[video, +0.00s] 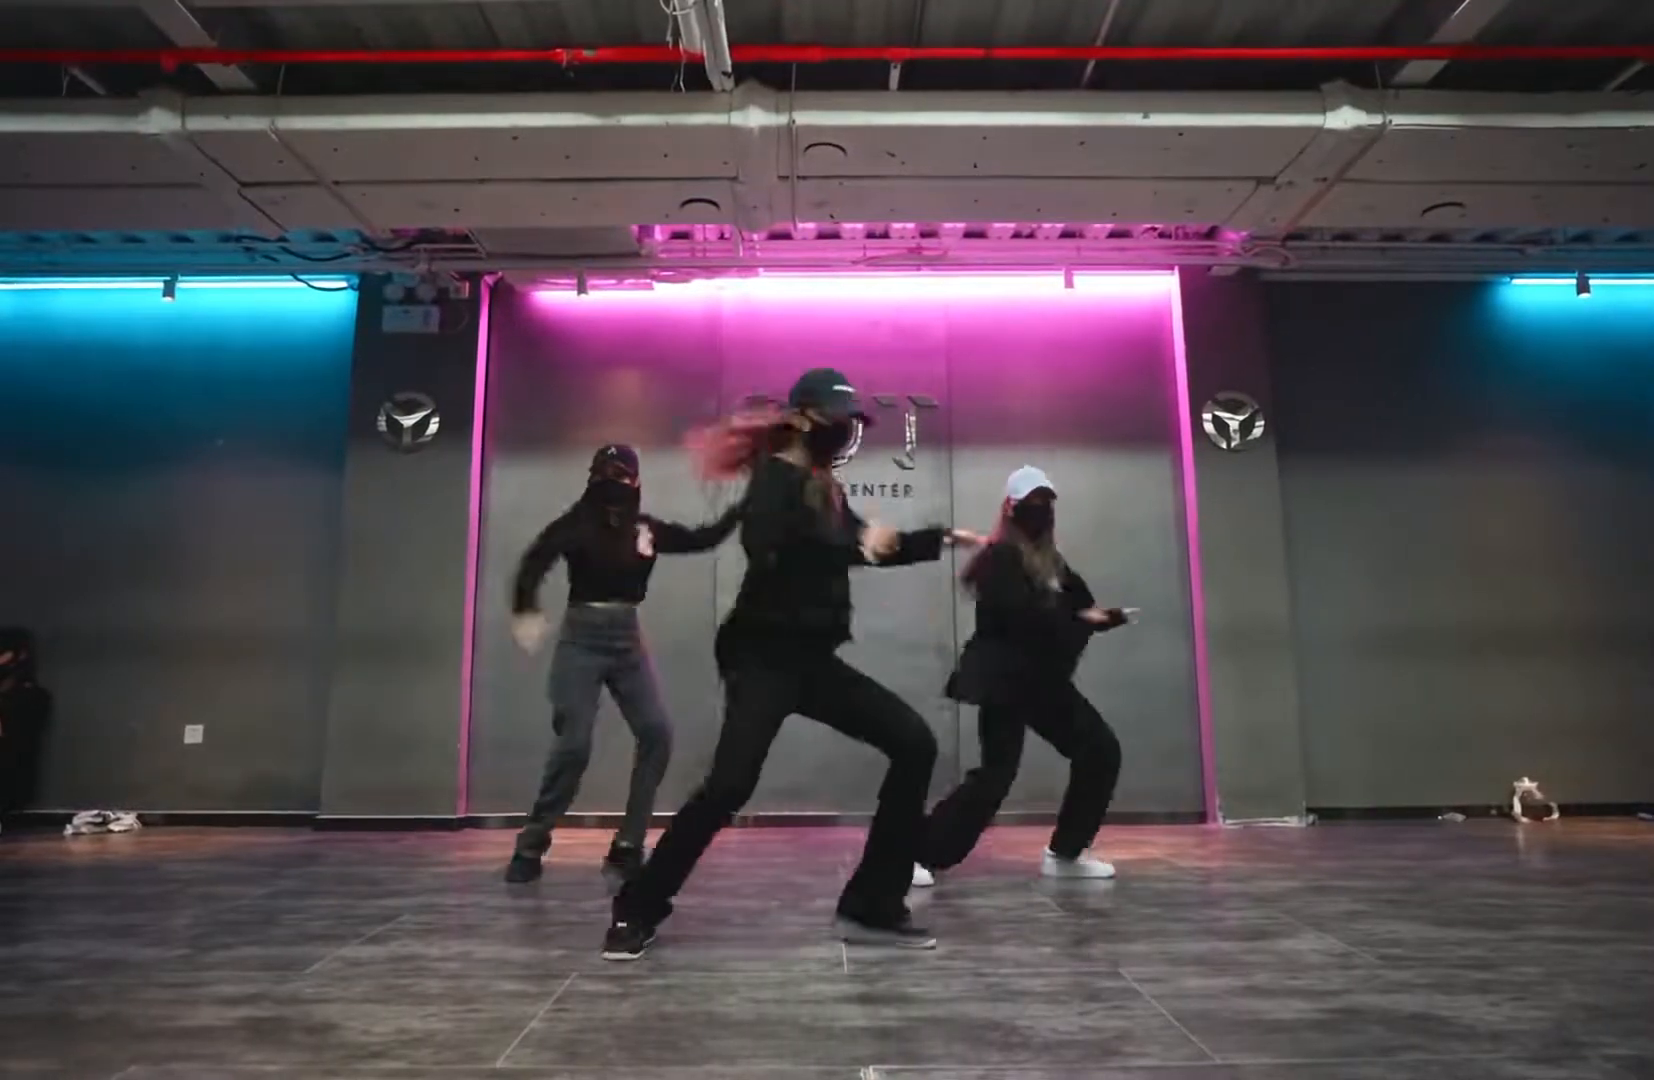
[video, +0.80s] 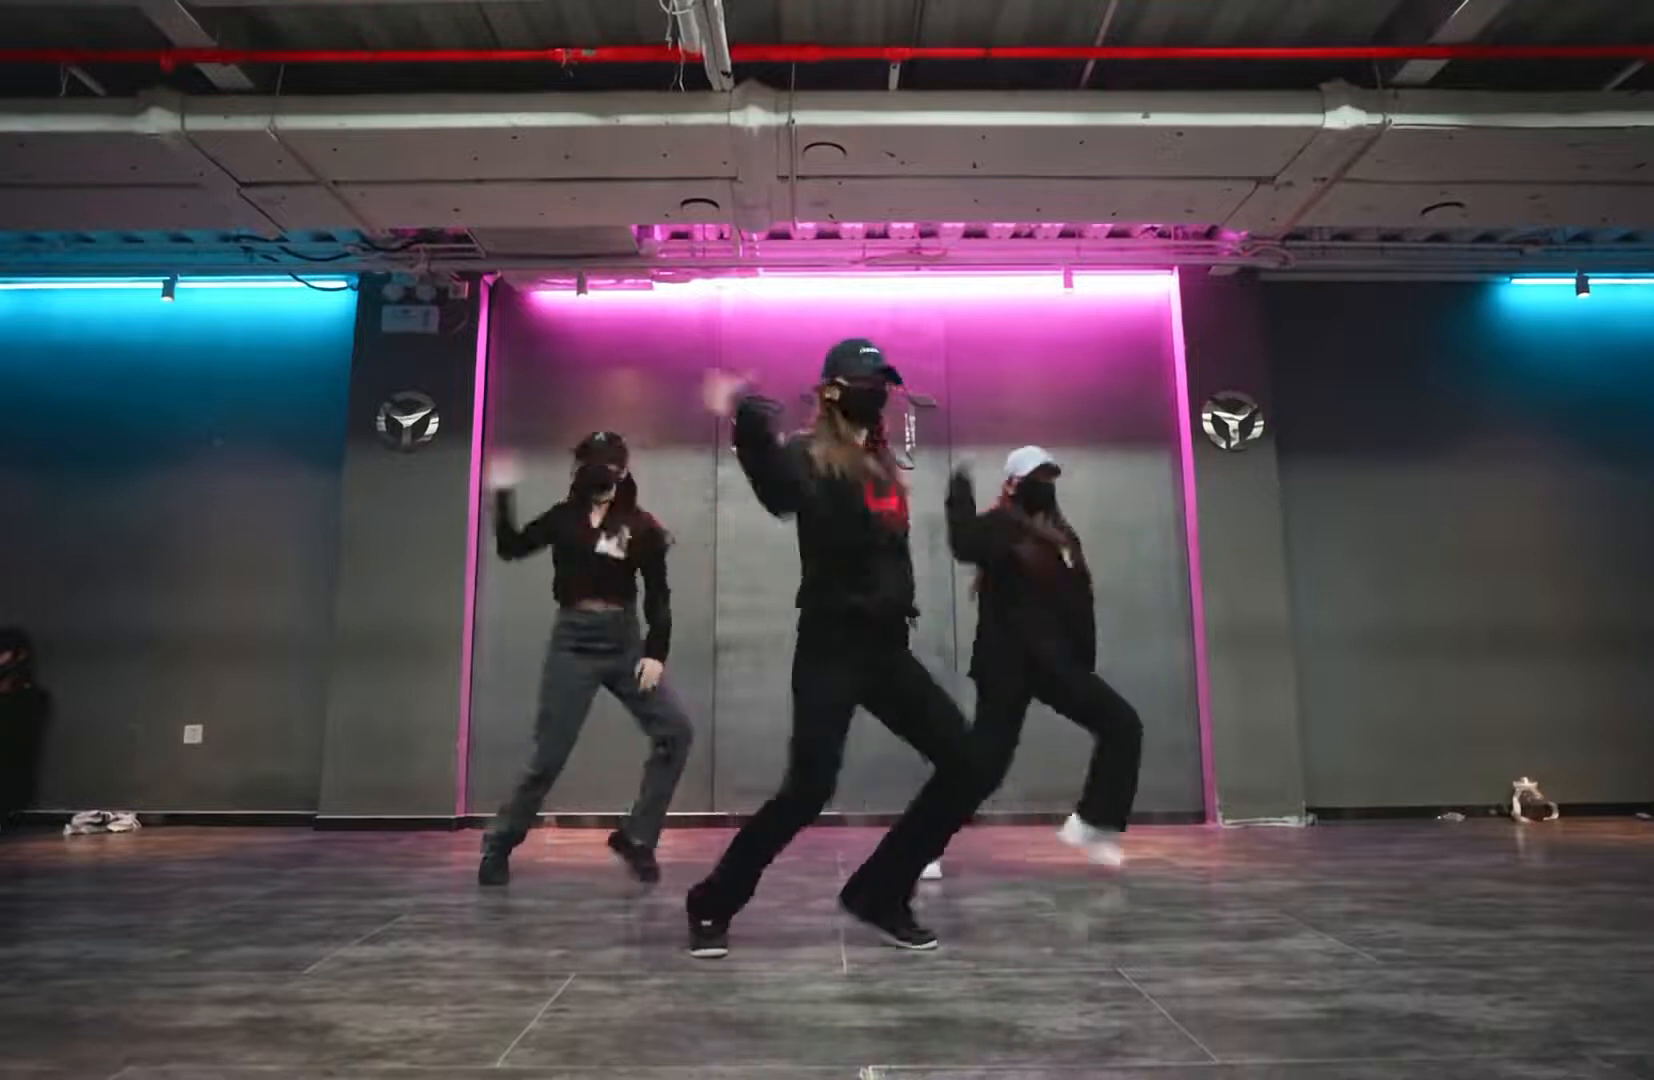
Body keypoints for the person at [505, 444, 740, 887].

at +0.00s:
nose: (616, 488)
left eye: (625, 480)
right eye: (609, 478)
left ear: (636, 485)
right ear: (594, 481)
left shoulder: (645, 530)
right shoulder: (577, 522)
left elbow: (704, 539)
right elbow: (535, 561)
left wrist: (745, 506)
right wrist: (526, 609)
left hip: (626, 646)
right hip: (579, 644)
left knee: (657, 736)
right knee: (573, 745)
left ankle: (628, 847)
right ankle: (530, 849)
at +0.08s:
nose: (623, 481)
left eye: (631, 475)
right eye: (616, 473)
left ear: (641, 480)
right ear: (602, 475)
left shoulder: (642, 526)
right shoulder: (581, 527)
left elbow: (689, 543)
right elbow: (581, 600)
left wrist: (712, 503)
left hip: (624, 637)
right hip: (587, 638)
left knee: (651, 744)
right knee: (587, 746)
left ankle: (620, 852)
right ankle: (523, 840)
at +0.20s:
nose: (633, 481)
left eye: (636, 474)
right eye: (625, 473)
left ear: (636, 475)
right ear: (604, 471)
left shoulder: (628, 507)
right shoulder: (590, 510)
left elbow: (660, 520)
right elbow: (627, 568)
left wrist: (682, 482)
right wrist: (673, 605)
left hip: (630, 629)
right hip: (597, 627)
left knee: (657, 750)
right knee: (636, 716)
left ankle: (620, 851)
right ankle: (560, 783)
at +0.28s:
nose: (636, 470)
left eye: (635, 462)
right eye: (627, 463)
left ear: (614, 468)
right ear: (608, 466)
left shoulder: (632, 516)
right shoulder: (595, 503)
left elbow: (643, 586)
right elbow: (644, 478)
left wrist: (654, 623)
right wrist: (645, 435)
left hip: (628, 628)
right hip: (600, 624)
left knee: (656, 746)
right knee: (654, 704)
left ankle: (621, 851)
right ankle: (615, 823)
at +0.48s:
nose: (622, 467)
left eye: (623, 459)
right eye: (611, 459)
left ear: (621, 464)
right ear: (591, 466)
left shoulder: (638, 516)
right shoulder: (580, 506)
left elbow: (652, 578)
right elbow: (622, 476)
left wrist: (660, 622)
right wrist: (643, 427)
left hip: (642, 621)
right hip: (603, 618)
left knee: (655, 743)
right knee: (640, 738)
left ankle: (618, 851)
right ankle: (667, 851)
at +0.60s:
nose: (604, 460)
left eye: (611, 452)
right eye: (594, 453)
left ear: (624, 458)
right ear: (581, 461)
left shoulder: (643, 510)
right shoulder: (575, 507)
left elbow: (660, 572)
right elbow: (593, 544)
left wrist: (655, 623)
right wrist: (602, 491)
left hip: (638, 628)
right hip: (591, 626)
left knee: (649, 742)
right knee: (614, 719)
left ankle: (619, 849)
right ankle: (591, 827)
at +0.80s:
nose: (599, 487)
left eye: (607, 478)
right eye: (591, 477)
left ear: (622, 477)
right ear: (579, 475)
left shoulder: (642, 529)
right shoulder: (563, 519)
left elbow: (657, 595)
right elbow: (511, 547)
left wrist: (657, 652)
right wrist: (502, 495)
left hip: (625, 647)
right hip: (574, 645)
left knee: (675, 732)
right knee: (548, 757)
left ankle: (638, 836)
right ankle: (498, 846)